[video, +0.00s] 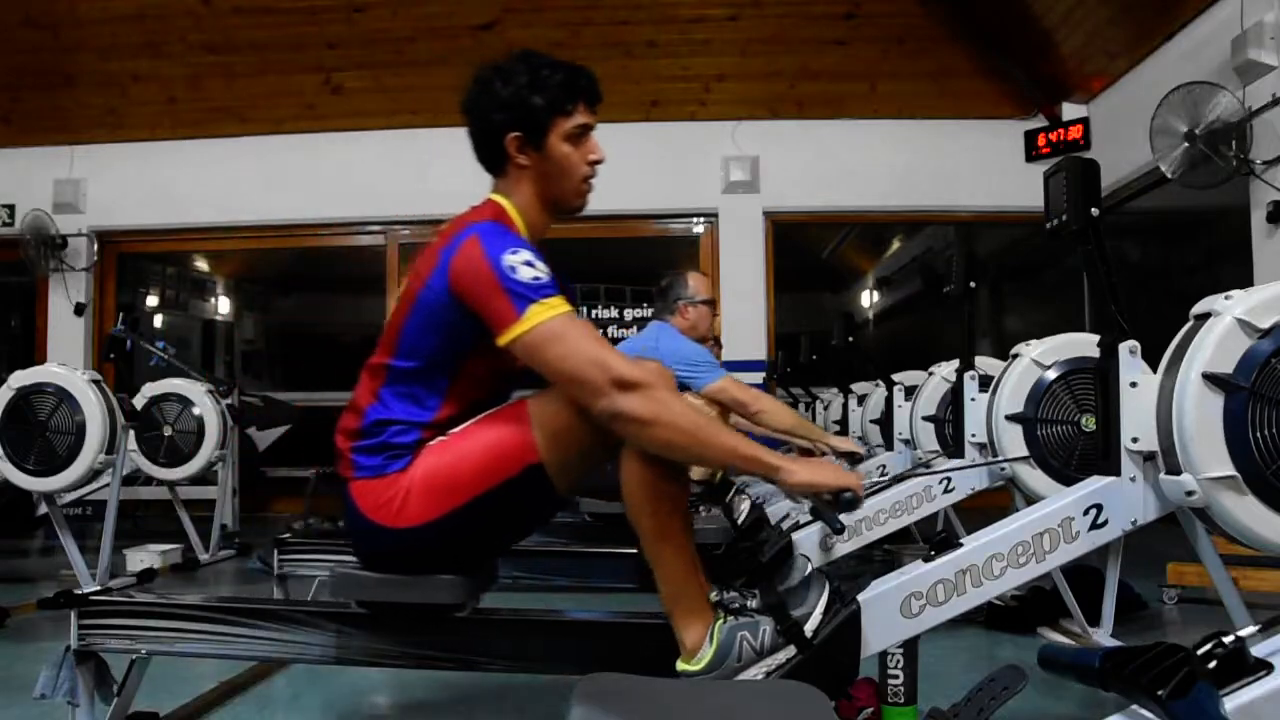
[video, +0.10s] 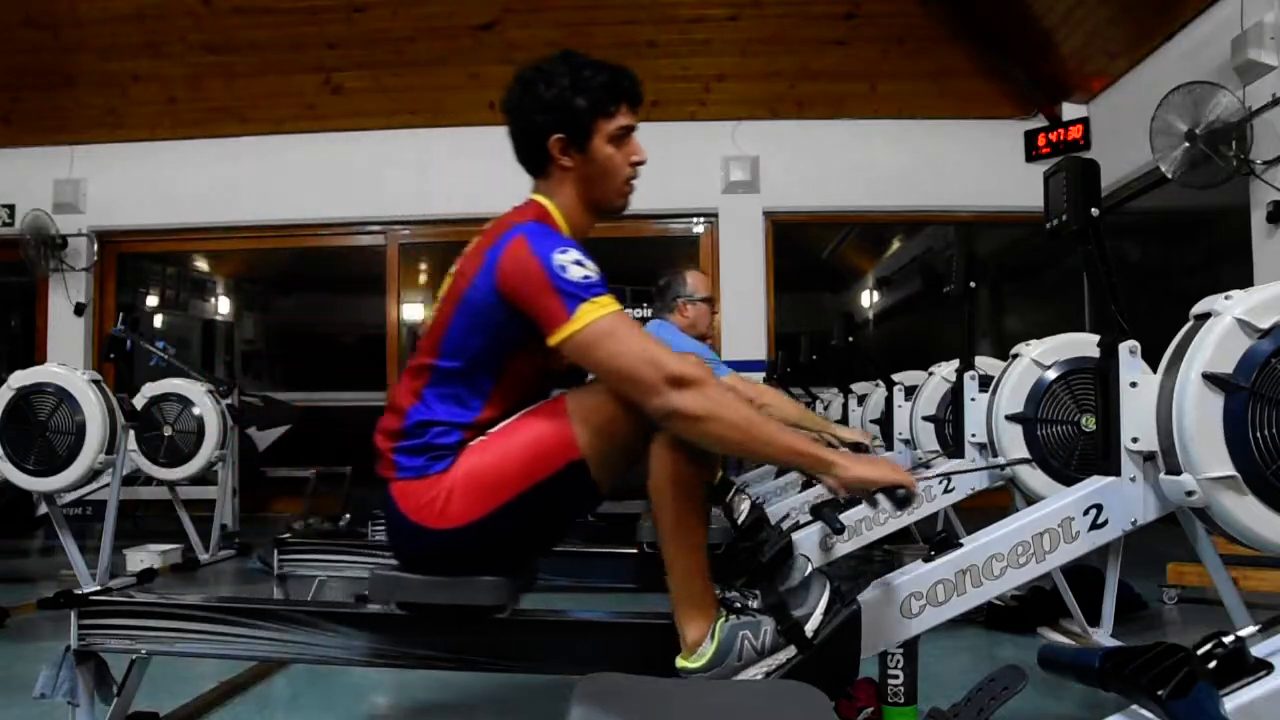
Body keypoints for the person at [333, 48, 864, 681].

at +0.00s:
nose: (598, 155)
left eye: (594, 136)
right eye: (579, 137)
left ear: (529, 153)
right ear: (520, 150)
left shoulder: (502, 244)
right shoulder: (487, 248)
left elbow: (611, 378)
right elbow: (620, 389)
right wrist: (780, 468)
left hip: (422, 483)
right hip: (396, 499)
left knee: (633, 386)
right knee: (633, 398)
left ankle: (698, 620)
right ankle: (700, 641)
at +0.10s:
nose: (640, 157)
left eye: (635, 138)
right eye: (621, 139)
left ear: (571, 154)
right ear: (563, 152)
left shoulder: (546, 244)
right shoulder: (533, 248)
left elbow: (665, 373)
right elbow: (672, 388)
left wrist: (821, 441)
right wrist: (829, 464)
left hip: (460, 490)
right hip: (437, 503)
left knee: (667, 384)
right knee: (661, 398)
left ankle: (705, 616)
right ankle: (701, 637)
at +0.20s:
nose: (678, 158)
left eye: (674, 138)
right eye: (660, 140)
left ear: (610, 154)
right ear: (603, 153)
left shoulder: (584, 241)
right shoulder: (575, 247)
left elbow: (716, 372)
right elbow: (723, 384)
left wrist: (853, 450)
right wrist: (881, 455)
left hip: (494, 489)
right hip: (475, 503)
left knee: (691, 351)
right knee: (699, 385)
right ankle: (701, 628)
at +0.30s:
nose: (708, 157)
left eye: (704, 139)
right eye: (691, 141)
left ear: (638, 155)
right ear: (634, 154)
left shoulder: (619, 243)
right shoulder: (610, 248)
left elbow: (764, 366)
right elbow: (765, 383)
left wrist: (883, 445)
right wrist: (923, 447)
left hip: (520, 495)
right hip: (502, 506)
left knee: (734, 373)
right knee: (730, 384)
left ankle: (705, 607)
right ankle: (702, 623)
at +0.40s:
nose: (725, 157)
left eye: (721, 139)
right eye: (708, 142)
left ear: (653, 157)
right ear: (651, 155)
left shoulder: (638, 242)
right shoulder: (626, 247)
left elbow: (779, 367)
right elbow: (790, 376)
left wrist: (894, 439)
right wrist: (953, 434)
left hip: (531, 491)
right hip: (514, 505)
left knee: (746, 376)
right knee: (738, 379)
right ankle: (703, 620)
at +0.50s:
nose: (716, 154)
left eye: (711, 136)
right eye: (699, 138)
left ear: (644, 154)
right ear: (642, 152)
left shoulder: (630, 239)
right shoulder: (620, 246)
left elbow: (777, 353)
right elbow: (783, 370)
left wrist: (888, 425)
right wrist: (946, 423)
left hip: (527, 488)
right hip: (507, 503)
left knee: (741, 371)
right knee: (734, 380)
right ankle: (704, 622)